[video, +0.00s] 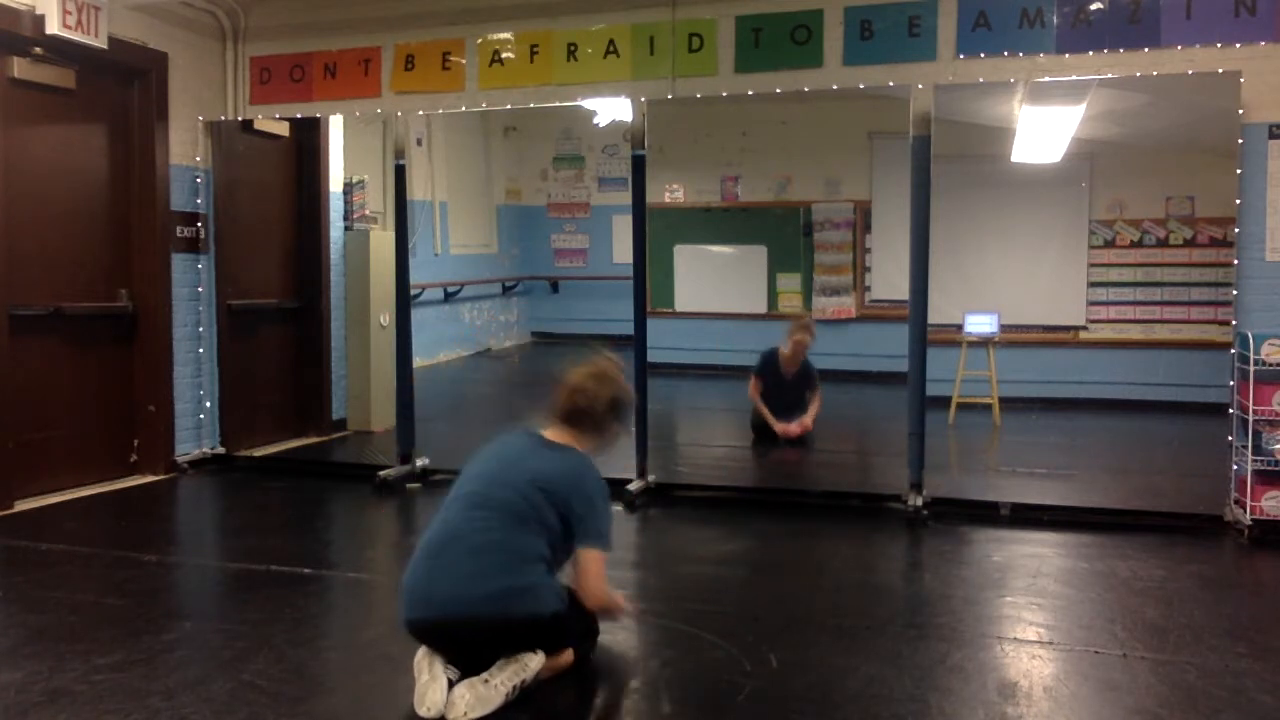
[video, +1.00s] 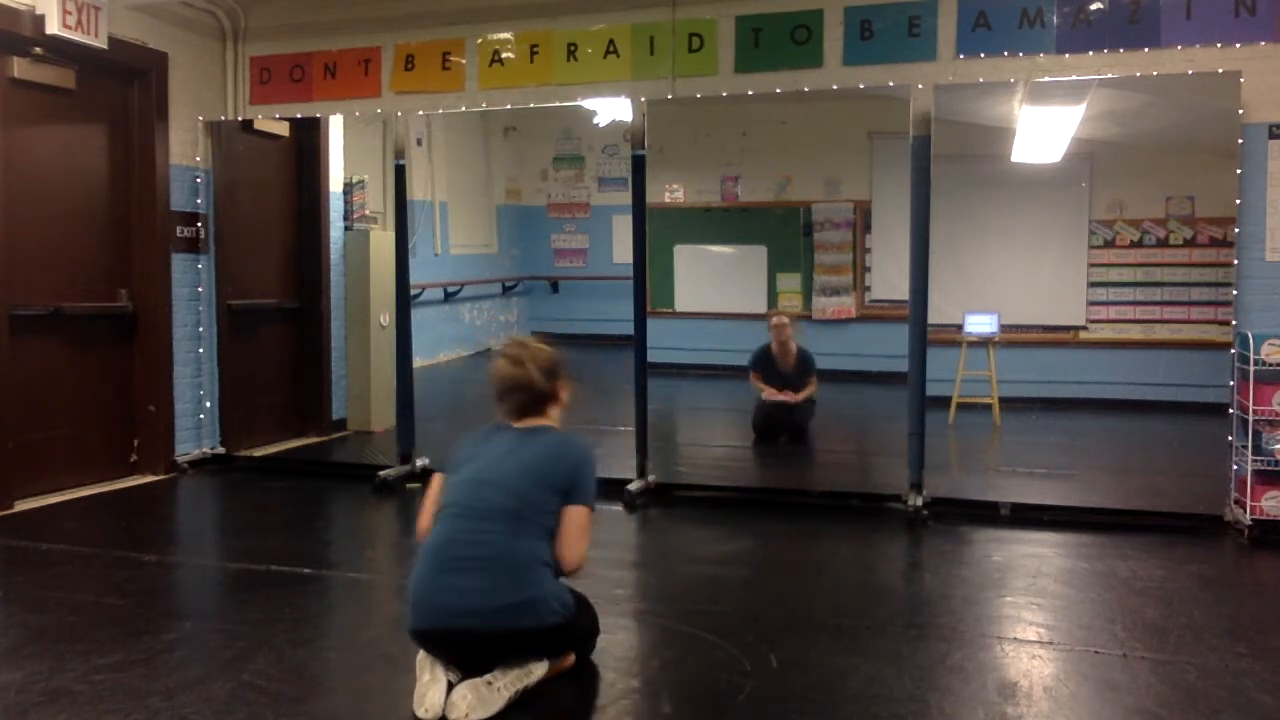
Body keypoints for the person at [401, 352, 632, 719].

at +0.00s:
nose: (618, 435)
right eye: (619, 426)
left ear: (561, 405)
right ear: (611, 430)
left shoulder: (503, 446)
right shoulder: (585, 479)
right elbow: (592, 595)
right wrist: (614, 604)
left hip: (424, 604)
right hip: (507, 604)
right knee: (583, 629)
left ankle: (438, 666)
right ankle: (503, 681)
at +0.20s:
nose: (629, 507)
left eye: (633, 499)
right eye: (634, 497)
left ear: (590, 460)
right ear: (629, 483)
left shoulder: (526, 474)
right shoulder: (593, 499)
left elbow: (571, 572)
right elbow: (632, 608)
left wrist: (630, 597)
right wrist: (666, 612)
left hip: (431, 587)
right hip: (513, 585)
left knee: (490, 663)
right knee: (583, 632)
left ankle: (446, 665)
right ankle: (528, 666)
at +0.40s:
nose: (633, 525)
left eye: (637, 520)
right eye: (638, 516)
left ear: (595, 478)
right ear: (630, 504)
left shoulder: (532, 486)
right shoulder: (593, 508)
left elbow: (611, 556)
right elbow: (651, 574)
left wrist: (659, 587)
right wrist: (690, 602)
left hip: (432, 585)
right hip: (517, 582)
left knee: (491, 649)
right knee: (581, 634)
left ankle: (443, 661)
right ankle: (527, 666)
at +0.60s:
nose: (624, 489)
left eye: (629, 481)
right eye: (628, 478)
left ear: (575, 448)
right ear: (615, 461)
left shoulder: (525, 469)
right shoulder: (593, 486)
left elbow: (611, 549)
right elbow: (646, 553)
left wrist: (658, 583)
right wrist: (683, 588)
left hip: (431, 590)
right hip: (514, 584)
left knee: (489, 655)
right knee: (581, 631)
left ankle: (443, 664)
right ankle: (528, 665)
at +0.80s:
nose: (606, 414)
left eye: (605, 403)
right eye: (603, 403)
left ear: (541, 401)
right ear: (590, 405)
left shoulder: (499, 442)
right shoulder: (589, 460)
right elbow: (618, 567)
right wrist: (630, 598)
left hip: (434, 595)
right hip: (520, 595)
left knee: (487, 656)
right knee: (583, 635)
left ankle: (443, 663)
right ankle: (524, 670)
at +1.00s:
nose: (568, 388)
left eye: (564, 380)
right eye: (565, 381)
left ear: (503, 396)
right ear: (559, 391)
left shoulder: (468, 444)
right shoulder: (572, 451)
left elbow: (424, 529)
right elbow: (570, 560)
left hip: (432, 619)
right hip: (521, 616)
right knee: (582, 621)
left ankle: (444, 674)